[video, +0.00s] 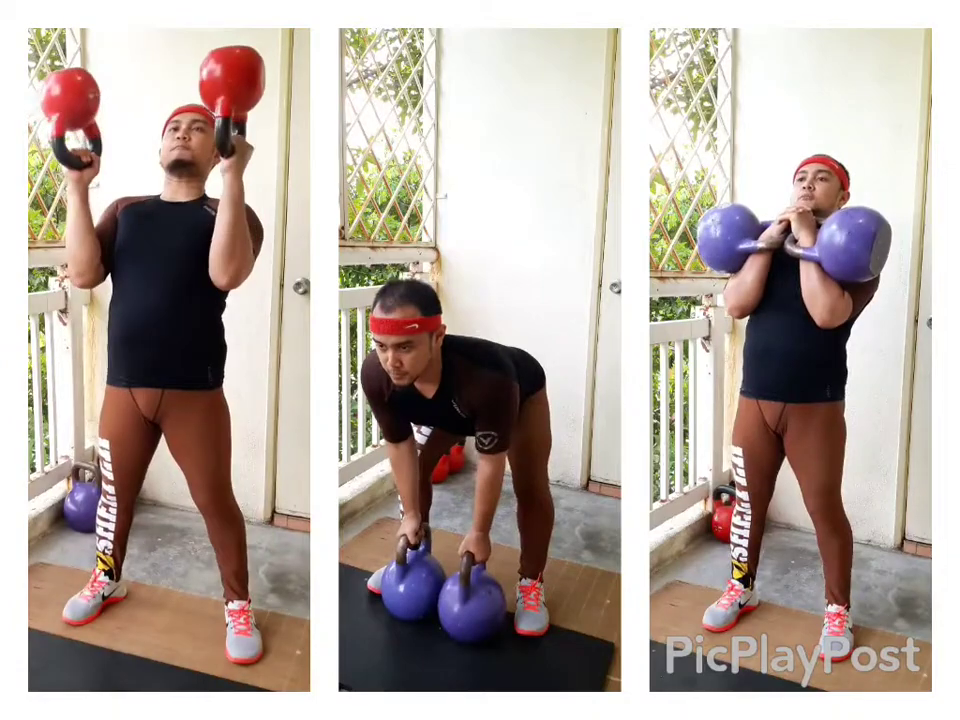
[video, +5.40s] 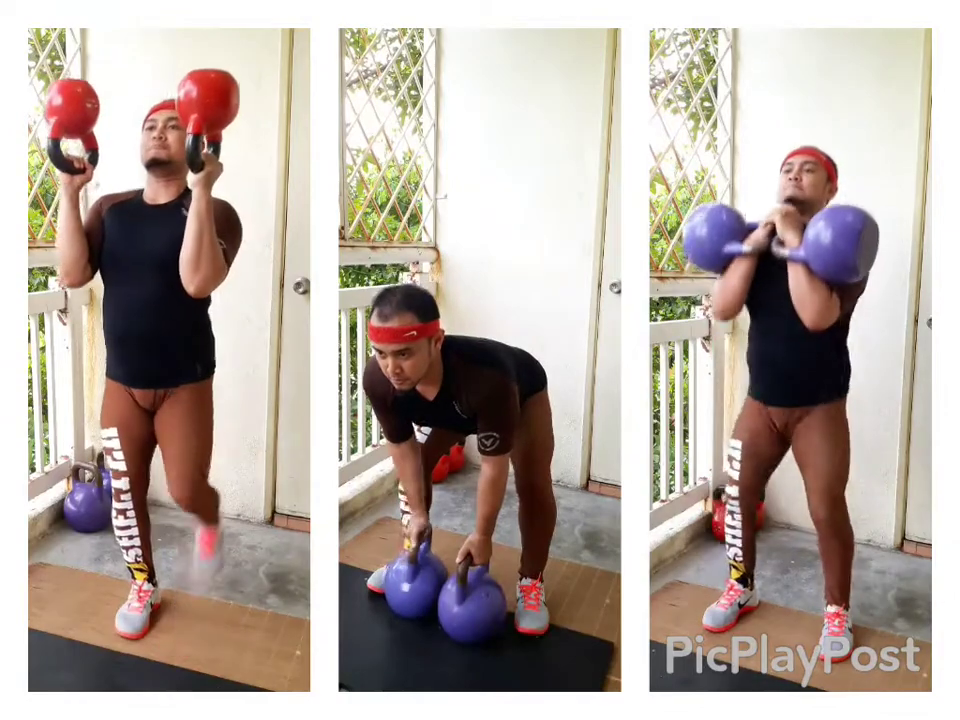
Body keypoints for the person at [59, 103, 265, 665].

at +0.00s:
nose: (181, 135)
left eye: (195, 129)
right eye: (173, 129)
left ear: (216, 152)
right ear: (158, 151)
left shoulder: (233, 216)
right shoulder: (125, 210)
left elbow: (226, 275)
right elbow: (83, 275)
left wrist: (232, 174)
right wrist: (78, 186)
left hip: (194, 392)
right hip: (123, 387)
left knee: (216, 503)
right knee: (115, 493)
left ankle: (238, 604)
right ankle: (106, 576)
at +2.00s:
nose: (174, 127)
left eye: (190, 121)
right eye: (167, 121)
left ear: (213, 140)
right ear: (156, 140)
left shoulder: (231, 207)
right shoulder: (125, 202)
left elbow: (222, 272)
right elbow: (84, 266)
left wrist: (228, 179)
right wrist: (82, 182)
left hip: (191, 379)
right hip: (126, 375)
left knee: (189, 493)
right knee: (131, 490)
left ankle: (190, 597)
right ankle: (136, 586)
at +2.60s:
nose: (188, 127)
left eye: (203, 119)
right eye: (180, 121)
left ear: (227, 138)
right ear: (169, 142)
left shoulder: (247, 205)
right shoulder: (140, 203)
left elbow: (235, 271)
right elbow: (100, 268)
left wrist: (235, 180)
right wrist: (98, 186)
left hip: (211, 381)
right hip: (146, 378)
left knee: (199, 497)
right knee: (140, 490)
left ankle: (191, 595)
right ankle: (166, 546)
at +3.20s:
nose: (190, 204)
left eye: (204, 196)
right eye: (181, 197)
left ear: (225, 213)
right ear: (171, 215)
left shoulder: (248, 278)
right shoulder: (147, 275)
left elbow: (235, 344)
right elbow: (114, 342)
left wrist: (237, 254)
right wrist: (104, 261)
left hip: (226, 414)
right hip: (168, 412)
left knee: (185, 504)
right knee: (175, 473)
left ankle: (187, 600)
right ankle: (212, 504)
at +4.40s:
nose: (198, 122)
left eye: (211, 116)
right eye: (191, 117)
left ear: (236, 136)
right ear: (180, 137)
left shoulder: (258, 208)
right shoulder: (149, 202)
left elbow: (240, 276)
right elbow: (110, 268)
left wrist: (243, 180)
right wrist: (104, 184)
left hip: (216, 380)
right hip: (154, 373)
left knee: (201, 494)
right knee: (144, 479)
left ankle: (191, 597)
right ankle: (172, 538)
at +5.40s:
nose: (159, 134)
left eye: (172, 126)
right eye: (150, 127)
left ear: (195, 144)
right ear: (139, 146)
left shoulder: (216, 214)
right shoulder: (110, 207)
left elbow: (198, 282)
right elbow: (73, 274)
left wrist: (201, 189)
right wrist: (70, 194)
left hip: (185, 381)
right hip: (122, 379)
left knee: (186, 493)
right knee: (126, 493)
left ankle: (212, 517)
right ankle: (142, 584)